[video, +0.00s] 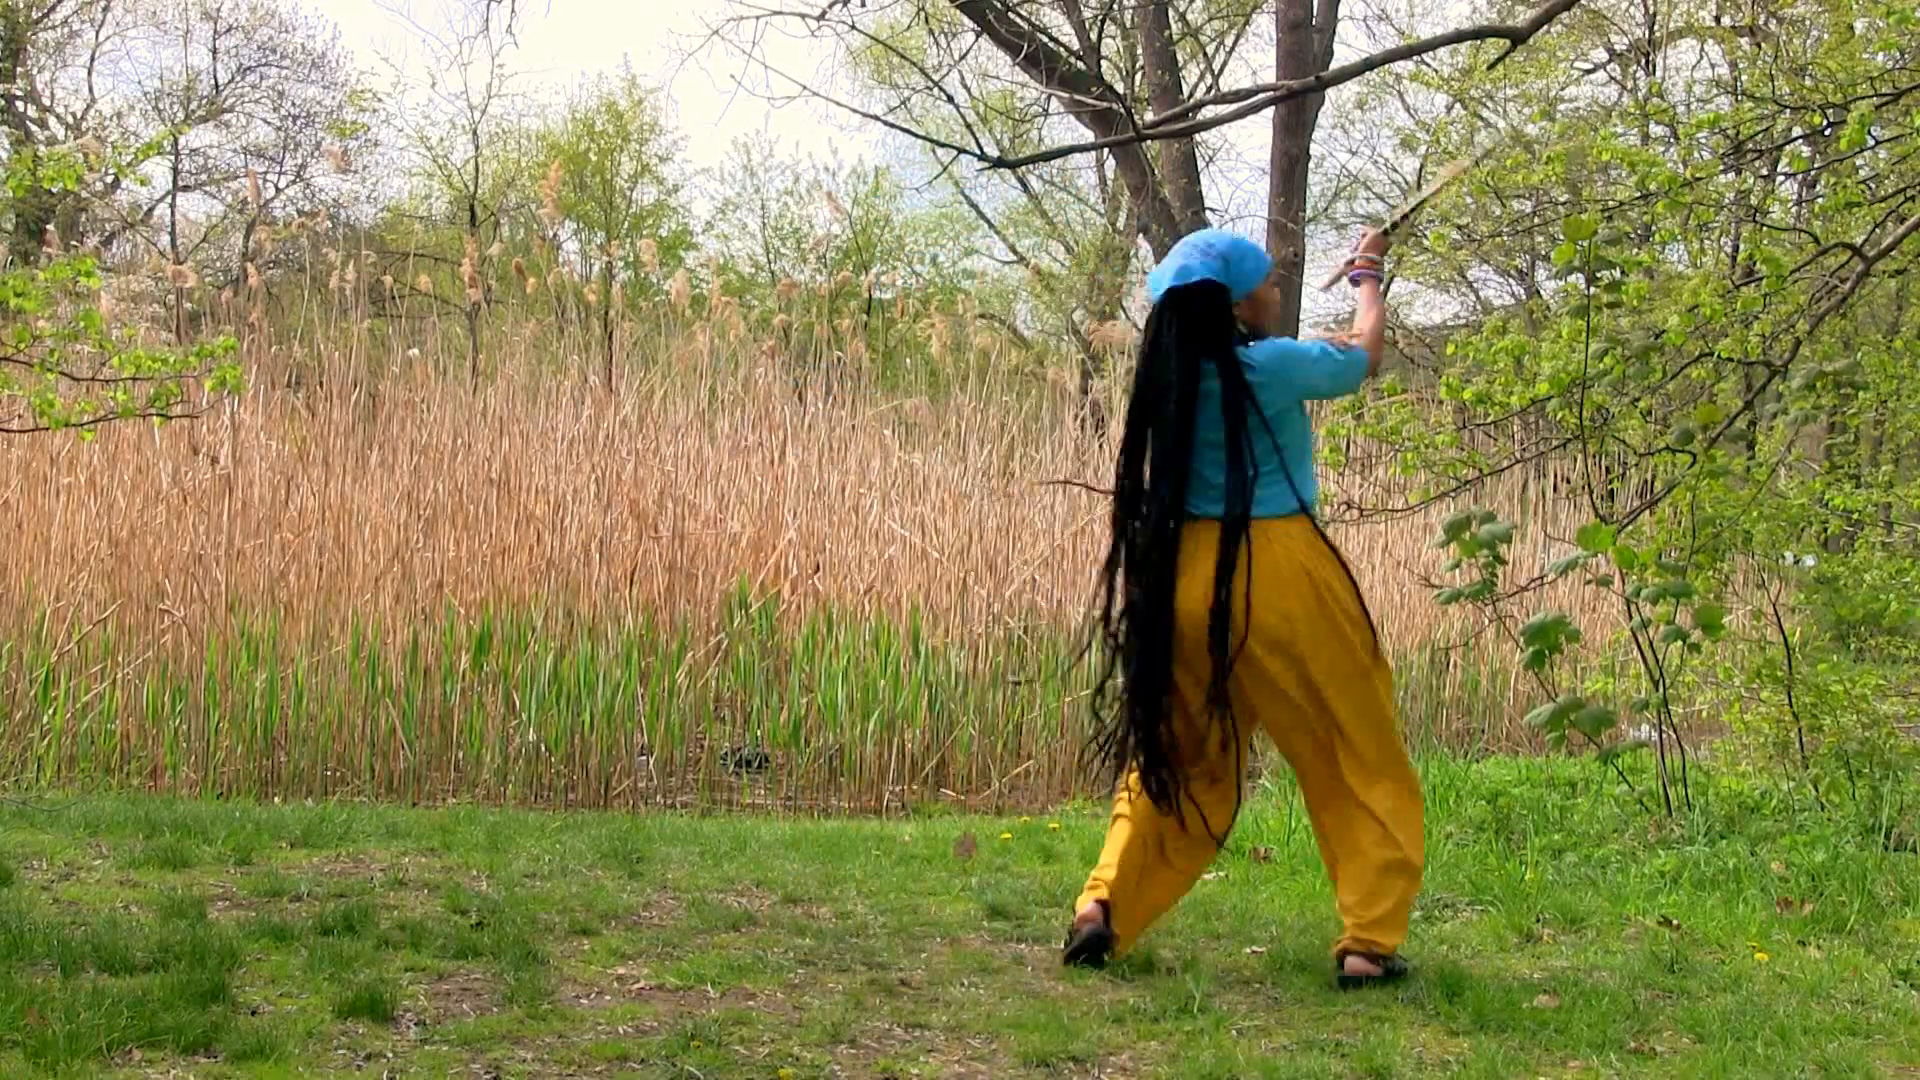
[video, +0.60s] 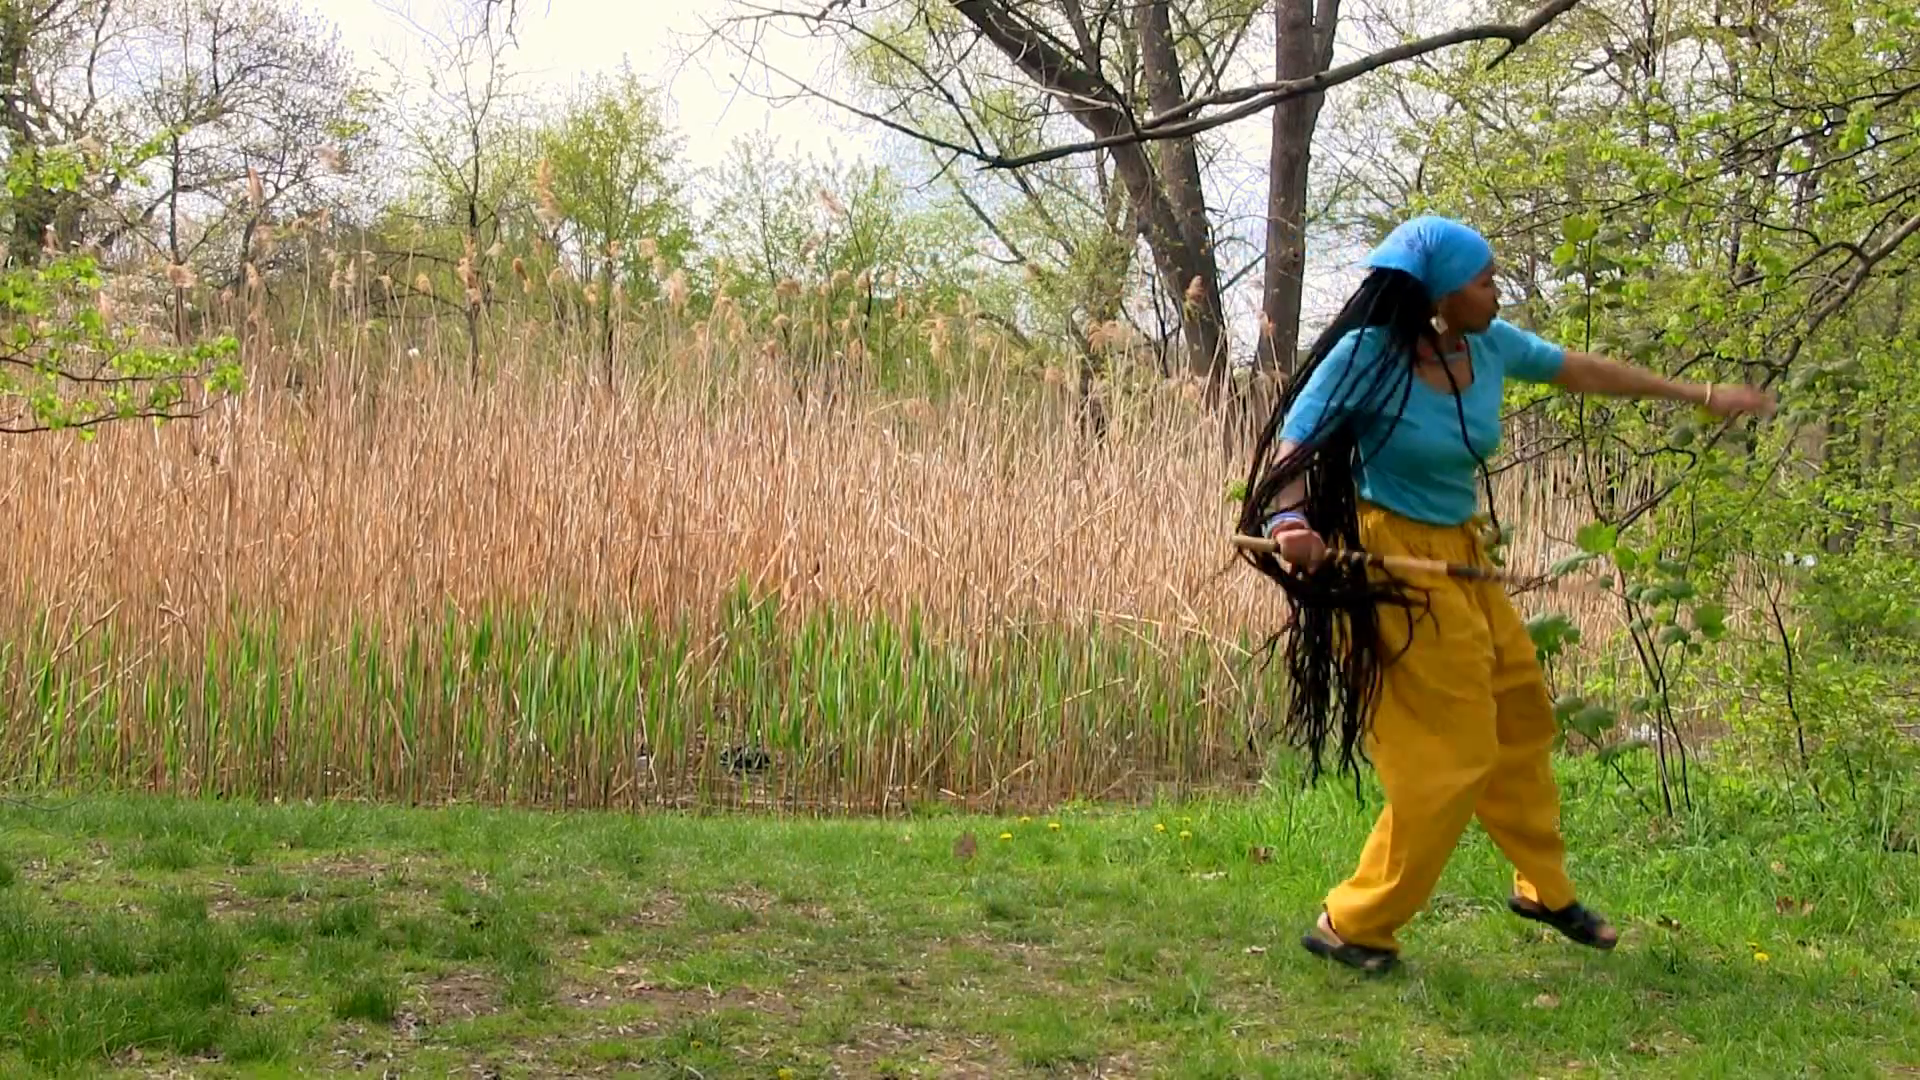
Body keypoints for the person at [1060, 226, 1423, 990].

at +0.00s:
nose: (1276, 289)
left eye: (1271, 278)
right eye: (1266, 279)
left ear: (1190, 304)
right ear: (1236, 301)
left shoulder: (1168, 371)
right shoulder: (1276, 362)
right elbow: (1361, 355)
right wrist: (1370, 278)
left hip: (1182, 567)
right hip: (1280, 568)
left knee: (1172, 750)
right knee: (1354, 749)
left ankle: (1101, 901)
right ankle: (1367, 941)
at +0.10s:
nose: (1322, 282)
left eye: (1318, 268)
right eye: (1312, 271)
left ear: (1240, 293)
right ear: (1276, 289)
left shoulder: (1220, 360)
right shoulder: (1313, 351)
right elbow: (1418, 353)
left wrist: (1396, 290)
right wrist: (1419, 276)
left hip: (1234, 557)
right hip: (1322, 557)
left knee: (1234, 749)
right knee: (1384, 750)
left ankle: (1122, 885)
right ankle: (1371, 945)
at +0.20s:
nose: (1361, 270)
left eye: (1356, 257)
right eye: (1351, 260)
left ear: (1295, 286)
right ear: (1317, 281)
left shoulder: (1281, 353)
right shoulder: (1337, 351)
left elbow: (1372, 416)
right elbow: (1453, 393)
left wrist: (1391, 345)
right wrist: (1498, 333)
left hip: (1291, 543)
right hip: (1353, 542)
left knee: (1321, 743)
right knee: (1405, 738)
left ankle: (1178, 829)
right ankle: (1375, 945)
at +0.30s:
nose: (1398, 270)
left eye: (1394, 258)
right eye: (1387, 260)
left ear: (1337, 280)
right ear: (1353, 278)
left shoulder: (1312, 342)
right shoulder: (1362, 355)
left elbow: (1440, 318)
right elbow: (1427, 475)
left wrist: (1471, 292)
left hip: (1312, 541)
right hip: (1363, 543)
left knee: (1419, 709)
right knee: (1420, 728)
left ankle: (1292, 794)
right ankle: (1377, 945)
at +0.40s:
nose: (1440, 269)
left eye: (1434, 256)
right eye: (1426, 259)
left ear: (1394, 279)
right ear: (1389, 281)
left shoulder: (1406, 323)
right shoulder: (1352, 365)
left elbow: (1516, 282)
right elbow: (1348, 491)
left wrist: (1634, 234)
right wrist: (1428, 572)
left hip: (1410, 542)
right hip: (1364, 554)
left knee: (1495, 669)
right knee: (1422, 723)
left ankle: (1417, 844)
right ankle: (1372, 939)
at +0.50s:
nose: (1473, 272)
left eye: (1467, 259)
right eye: (1459, 262)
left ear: (1434, 276)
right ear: (1417, 279)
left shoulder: (1454, 323)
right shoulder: (1352, 351)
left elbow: (1567, 302)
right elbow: (1295, 462)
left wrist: (1679, 276)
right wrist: (1320, 556)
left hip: (1444, 545)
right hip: (1379, 545)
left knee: (1518, 685)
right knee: (1432, 734)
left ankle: (1494, 870)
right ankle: (1363, 936)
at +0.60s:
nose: (1497, 289)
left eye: (1493, 276)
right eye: (1484, 279)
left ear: (1457, 288)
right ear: (1440, 293)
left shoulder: (1489, 343)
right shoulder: (1365, 351)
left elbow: (1585, 371)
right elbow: (1292, 445)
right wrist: (1291, 515)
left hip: (1462, 553)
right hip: (1394, 554)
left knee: (1523, 715)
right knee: (1457, 740)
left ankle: (1544, 890)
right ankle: (1353, 923)